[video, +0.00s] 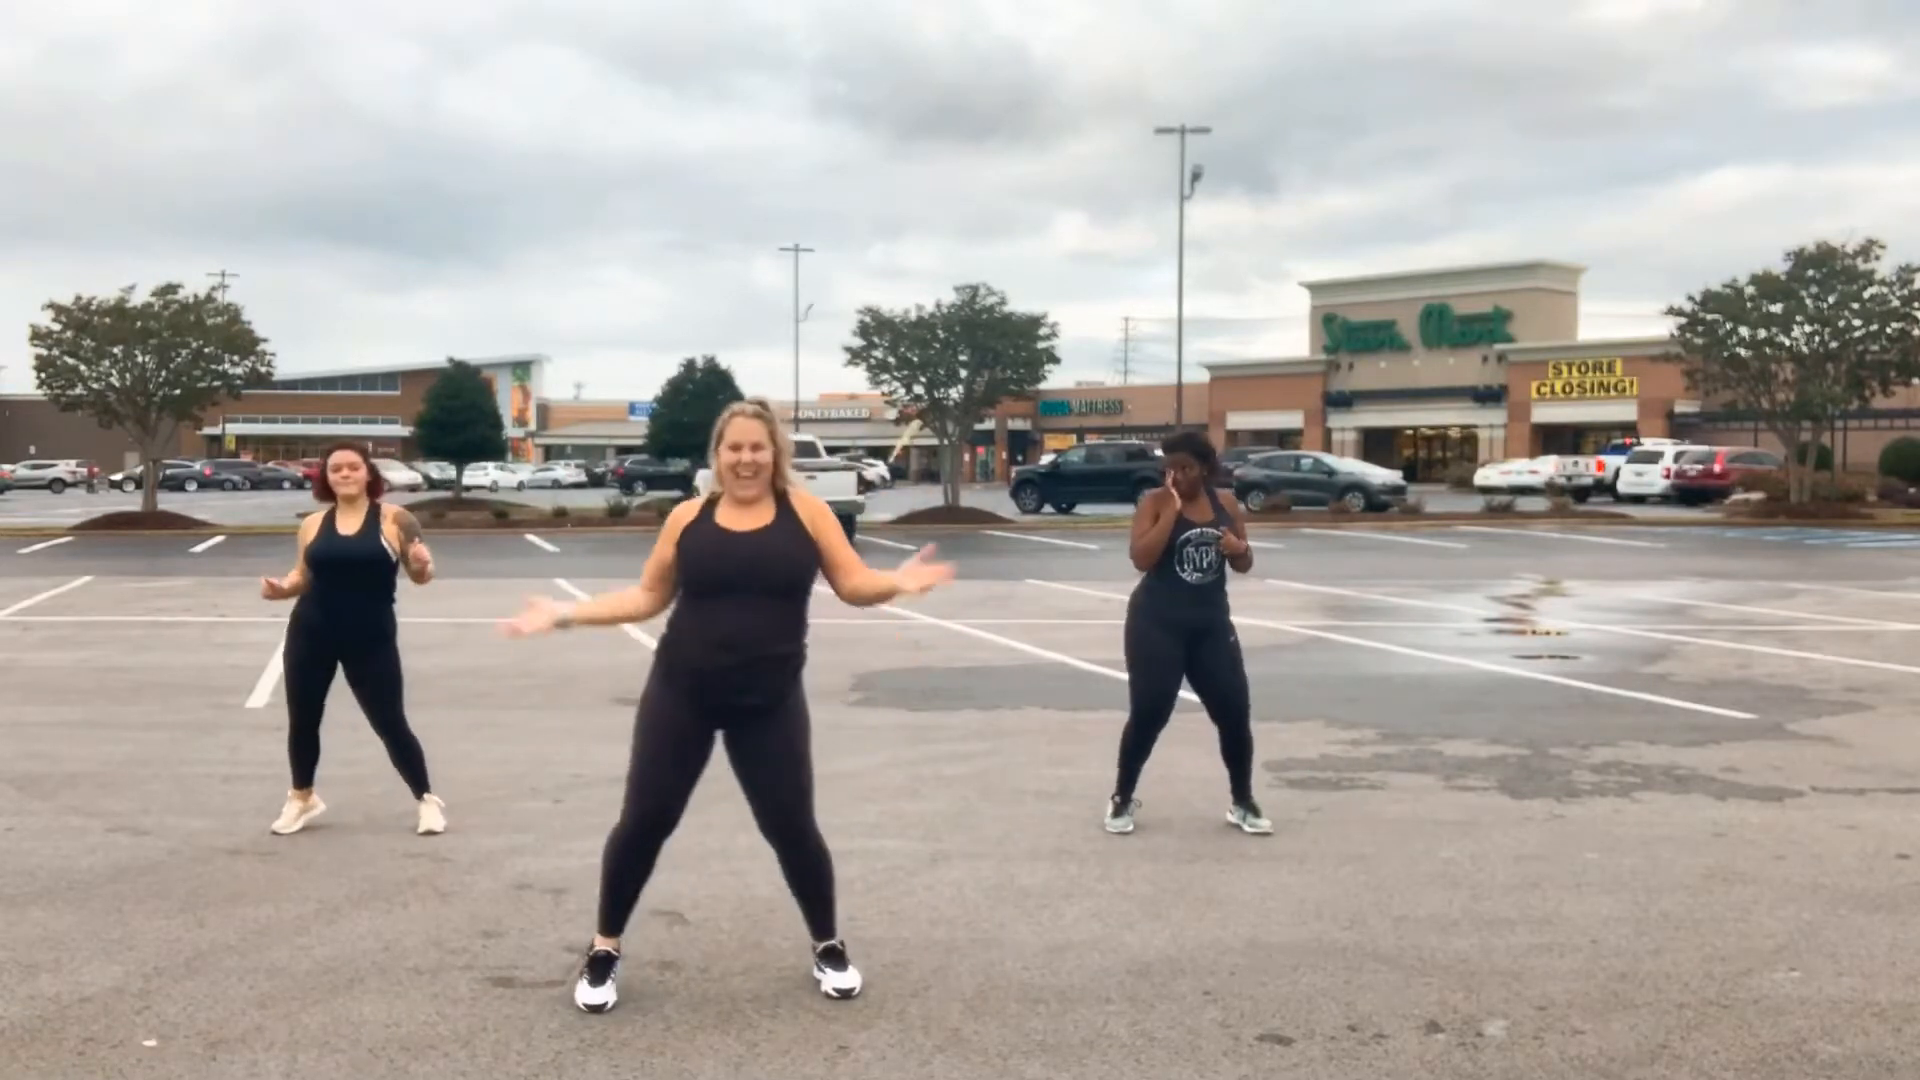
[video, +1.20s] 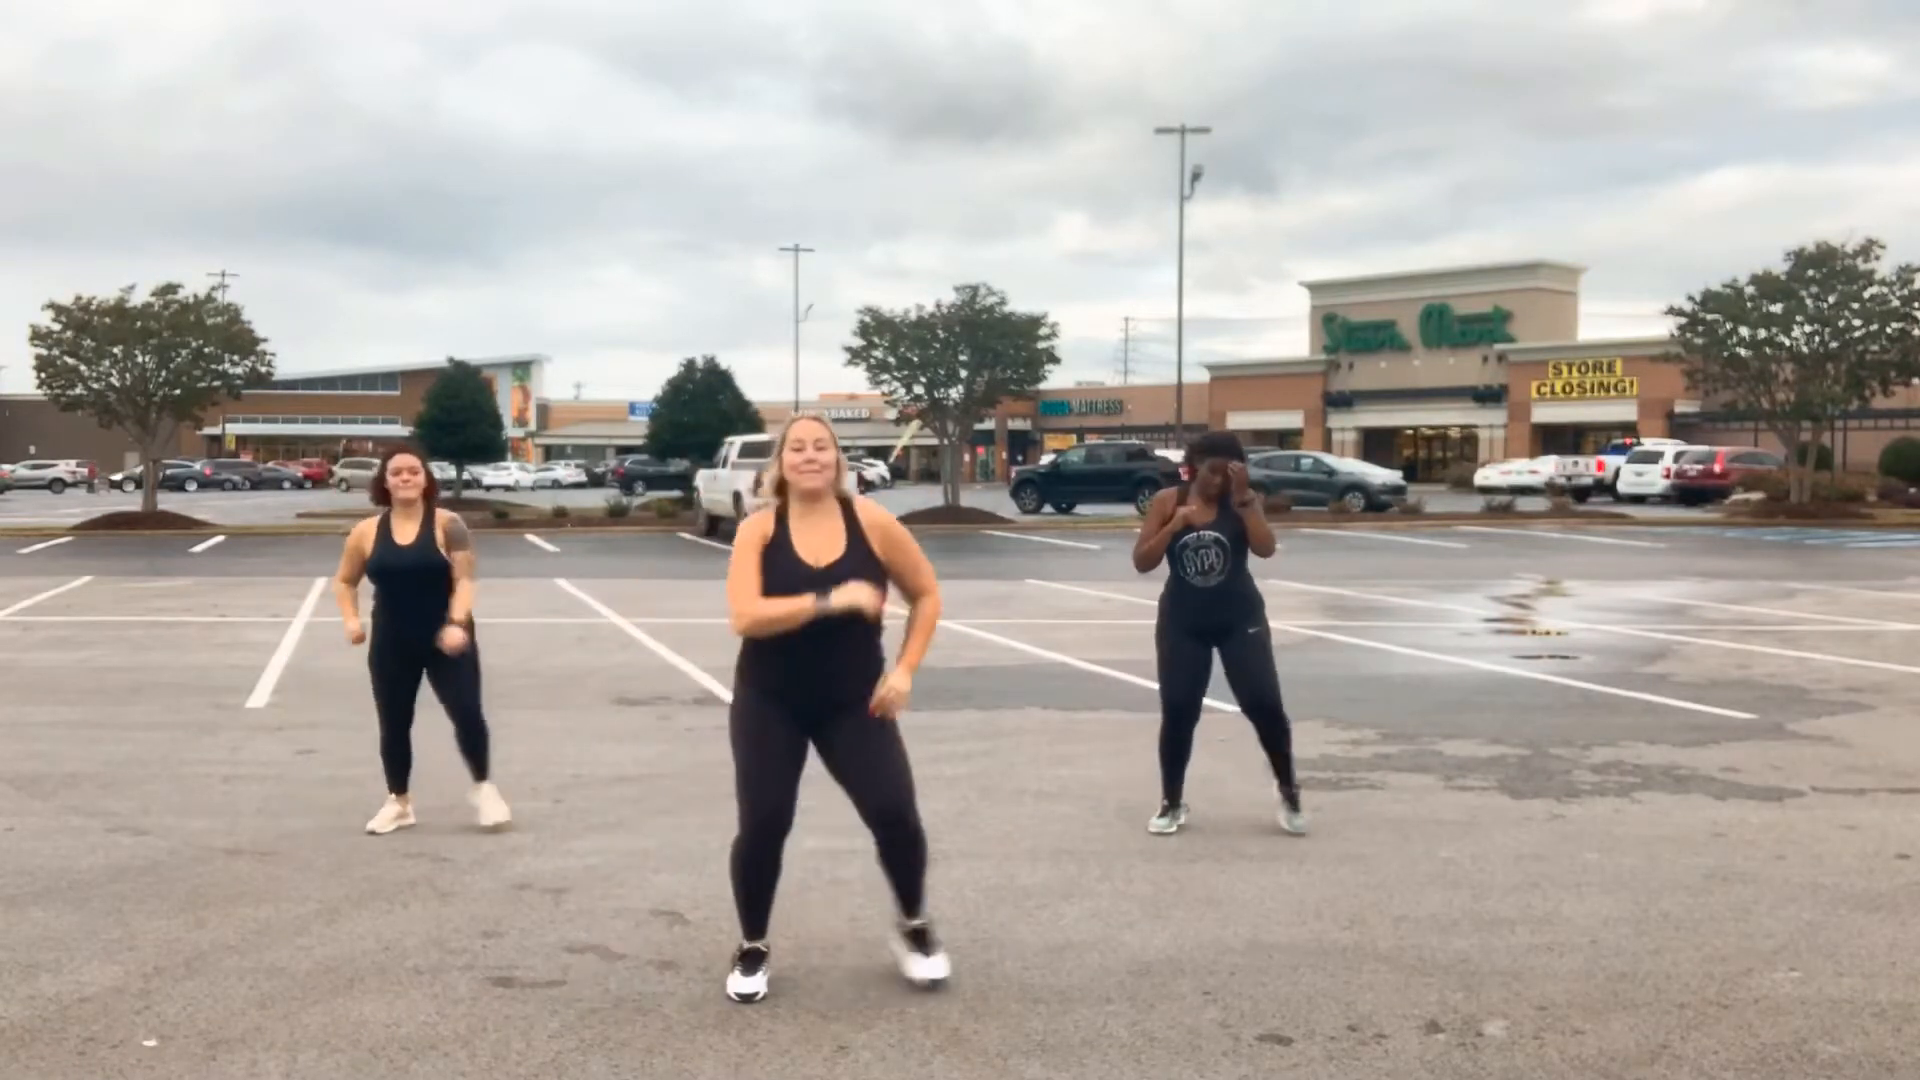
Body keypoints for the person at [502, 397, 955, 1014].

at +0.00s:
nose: (746, 458)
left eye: (757, 447)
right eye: (734, 447)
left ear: (776, 453)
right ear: (716, 454)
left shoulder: (806, 512)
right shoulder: (687, 517)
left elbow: (852, 583)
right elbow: (647, 597)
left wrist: (897, 580)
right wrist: (563, 612)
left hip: (769, 697)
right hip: (680, 694)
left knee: (793, 828)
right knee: (644, 823)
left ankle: (828, 948)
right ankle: (604, 948)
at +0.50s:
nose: (739, 463)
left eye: (751, 453)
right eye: (728, 452)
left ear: (768, 464)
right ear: (709, 464)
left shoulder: (797, 533)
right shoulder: (678, 528)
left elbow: (835, 621)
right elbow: (637, 623)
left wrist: (856, 585)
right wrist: (652, 595)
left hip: (780, 713)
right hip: (690, 711)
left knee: (808, 839)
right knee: (653, 835)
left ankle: (830, 952)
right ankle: (607, 955)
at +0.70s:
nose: (776, 438)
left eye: (788, 429)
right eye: (764, 429)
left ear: (805, 444)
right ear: (744, 444)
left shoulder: (832, 508)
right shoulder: (715, 507)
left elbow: (886, 584)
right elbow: (646, 558)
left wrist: (853, 527)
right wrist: (684, 616)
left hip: (814, 694)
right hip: (731, 691)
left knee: (820, 820)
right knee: (719, 819)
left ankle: (831, 947)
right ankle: (685, 938)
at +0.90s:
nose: (793, 460)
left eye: (804, 451)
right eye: (781, 451)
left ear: (822, 466)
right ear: (762, 468)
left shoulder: (850, 532)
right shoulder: (735, 533)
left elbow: (898, 611)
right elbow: (662, 582)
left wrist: (844, 553)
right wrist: (708, 644)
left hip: (834, 713)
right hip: (755, 712)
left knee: (836, 832)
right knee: (774, 834)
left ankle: (833, 949)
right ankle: (756, 951)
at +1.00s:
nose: (797, 464)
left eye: (809, 454)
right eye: (785, 455)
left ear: (826, 468)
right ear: (767, 470)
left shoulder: (854, 536)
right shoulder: (742, 542)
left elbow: (886, 622)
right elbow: (690, 630)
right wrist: (730, 705)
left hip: (839, 716)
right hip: (761, 717)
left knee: (846, 836)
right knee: (775, 840)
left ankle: (832, 947)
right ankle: (755, 952)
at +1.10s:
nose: (799, 463)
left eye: (811, 454)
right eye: (787, 455)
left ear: (828, 468)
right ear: (769, 470)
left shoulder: (859, 532)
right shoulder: (746, 540)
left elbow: (895, 622)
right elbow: (722, 635)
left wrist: (883, 704)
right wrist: (788, 680)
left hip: (843, 706)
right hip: (760, 707)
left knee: (876, 819)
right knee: (768, 835)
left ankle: (851, 937)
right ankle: (753, 951)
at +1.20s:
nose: (810, 456)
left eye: (821, 447)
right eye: (798, 448)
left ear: (838, 459)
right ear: (781, 463)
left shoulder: (873, 522)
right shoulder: (757, 529)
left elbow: (926, 595)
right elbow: (745, 617)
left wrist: (904, 670)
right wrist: (829, 600)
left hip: (853, 702)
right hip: (769, 704)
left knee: (897, 817)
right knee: (763, 826)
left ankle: (915, 926)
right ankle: (752, 951)